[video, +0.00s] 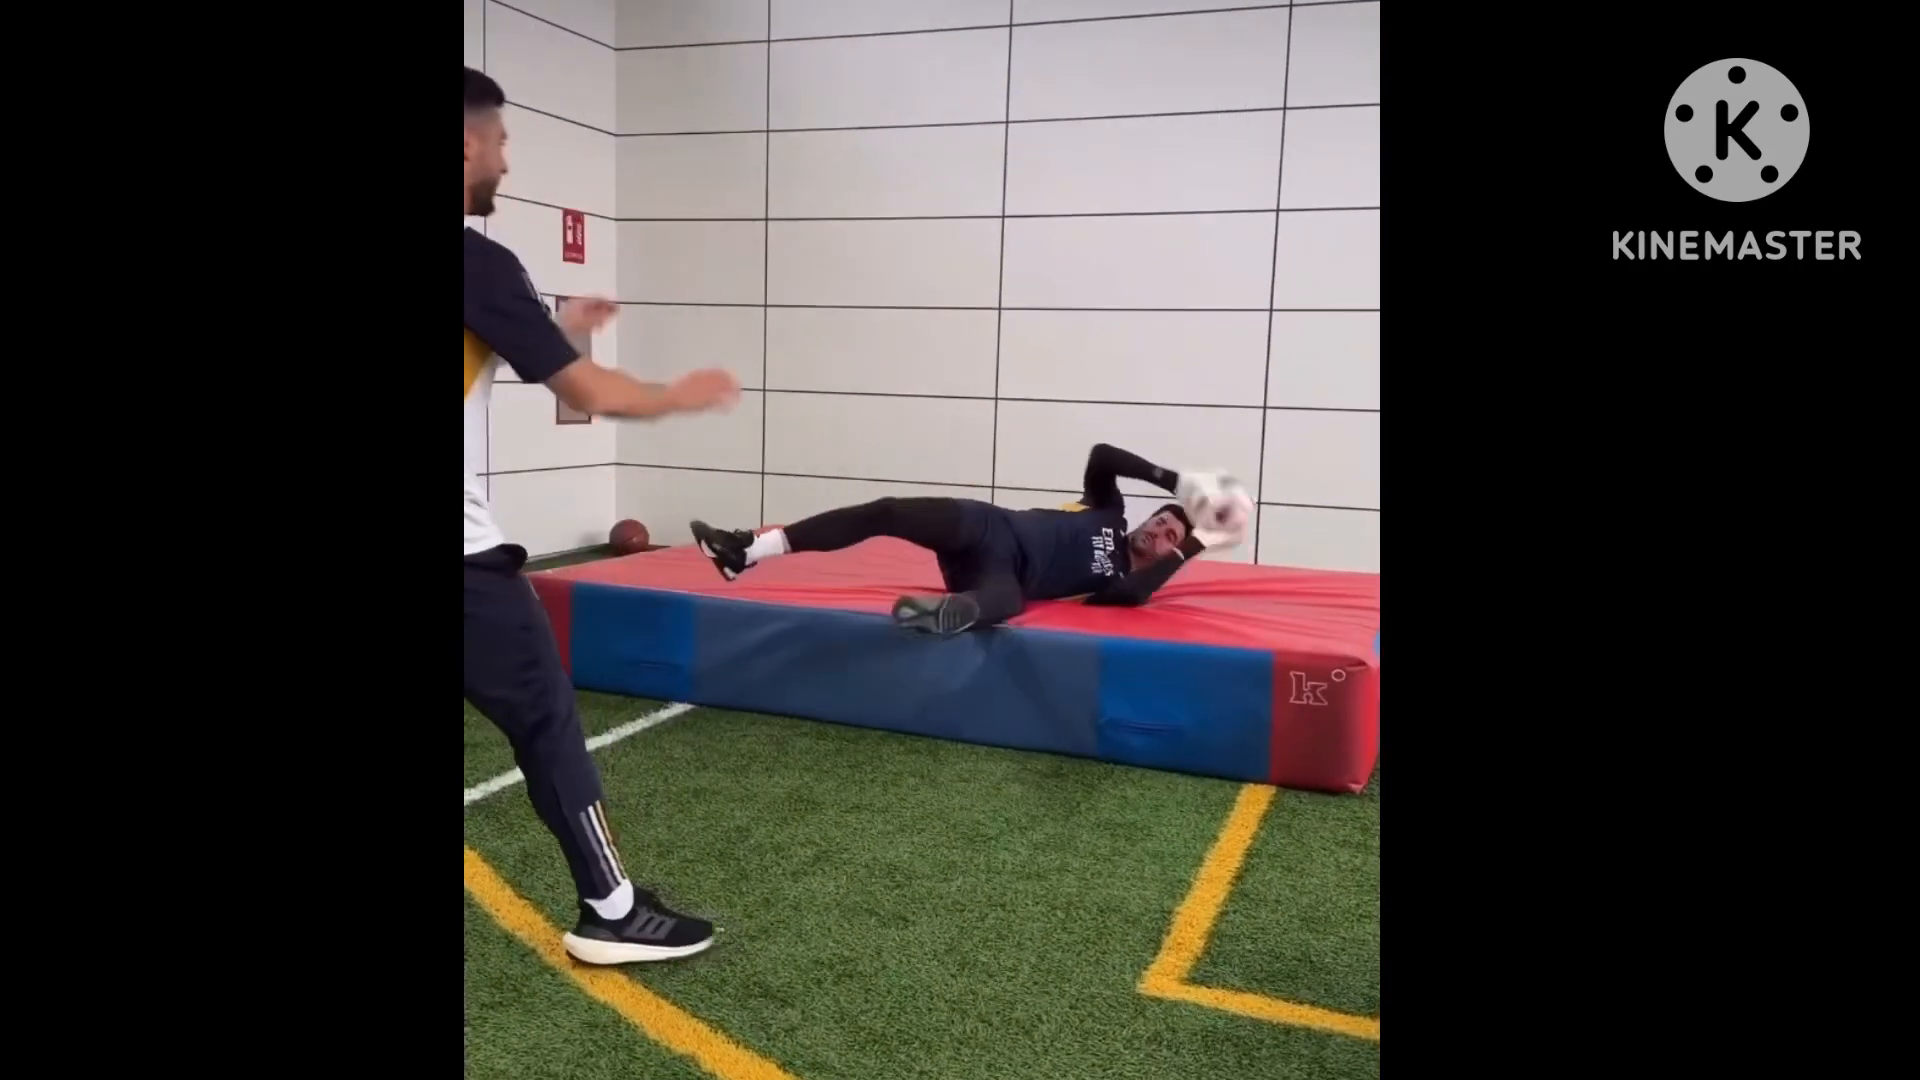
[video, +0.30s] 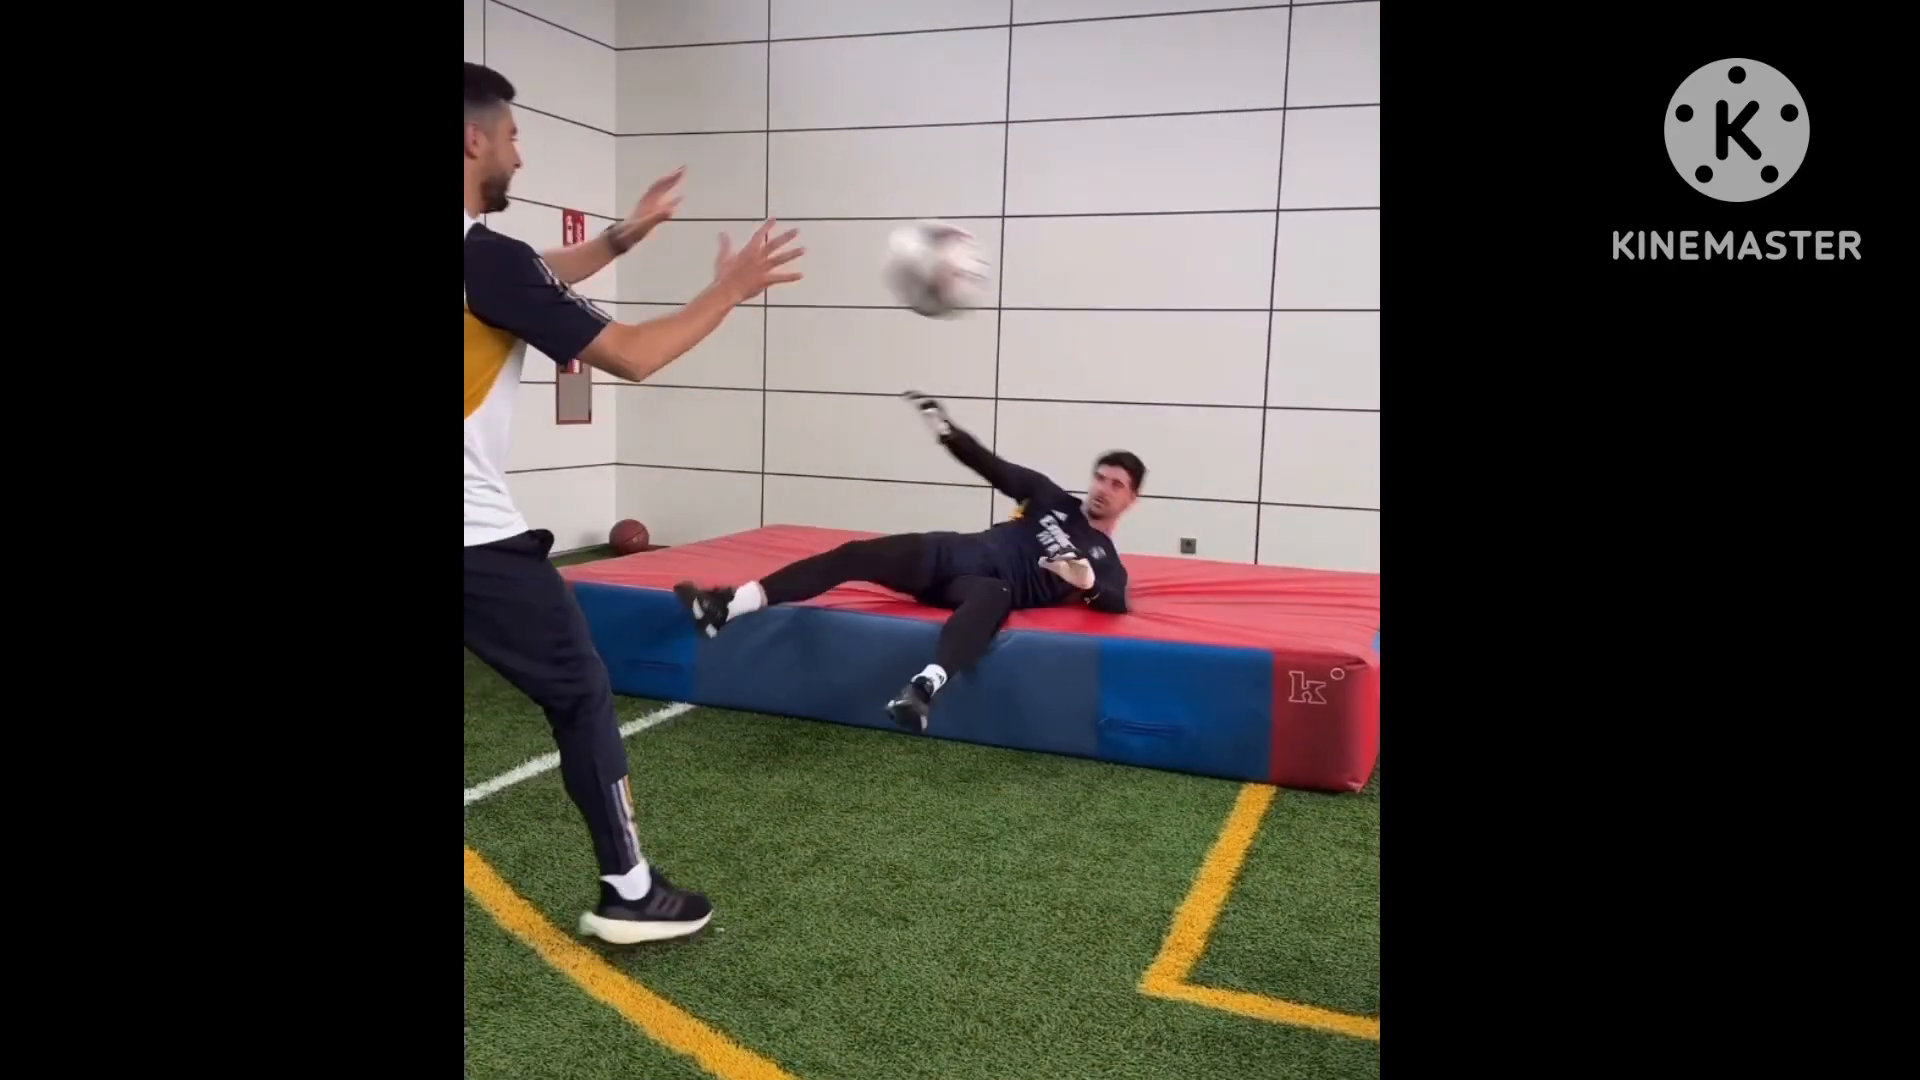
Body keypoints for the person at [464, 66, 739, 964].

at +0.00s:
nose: (505, 157)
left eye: (503, 138)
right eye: (496, 138)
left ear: (467, 145)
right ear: (464, 144)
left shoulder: (479, 258)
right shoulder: (481, 262)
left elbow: (486, 356)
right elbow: (588, 388)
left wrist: (557, 332)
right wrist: (674, 397)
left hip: (476, 541)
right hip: (472, 544)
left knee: (541, 706)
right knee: (542, 709)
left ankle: (608, 903)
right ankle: (610, 905)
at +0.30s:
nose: (517, 151)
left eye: (513, 133)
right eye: (509, 133)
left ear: (468, 141)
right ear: (474, 140)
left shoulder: (479, 244)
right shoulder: (489, 257)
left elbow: (543, 278)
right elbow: (631, 355)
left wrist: (621, 237)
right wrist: (729, 292)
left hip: (479, 523)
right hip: (475, 528)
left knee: (575, 683)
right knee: (577, 688)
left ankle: (626, 885)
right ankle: (629, 888)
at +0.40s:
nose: (559, 162)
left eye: (556, 143)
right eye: (552, 144)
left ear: (487, 147)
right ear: (515, 148)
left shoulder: (476, 227)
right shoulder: (505, 256)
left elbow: (579, 252)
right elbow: (648, 377)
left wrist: (694, 230)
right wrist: (744, 290)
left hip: (480, 526)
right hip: (483, 530)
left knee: (579, 693)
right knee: (581, 696)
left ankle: (657, 876)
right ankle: (659, 881)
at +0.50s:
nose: (622, 184)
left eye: (620, 166)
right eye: (617, 166)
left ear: (544, 164)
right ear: (583, 168)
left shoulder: (485, 225)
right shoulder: (553, 272)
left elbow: (636, 288)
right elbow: (669, 410)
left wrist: (719, 255)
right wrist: (750, 308)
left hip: (471, 519)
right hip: (509, 534)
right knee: (608, 700)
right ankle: (669, 889)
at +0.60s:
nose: (685, 208)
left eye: (686, 193)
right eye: (683, 193)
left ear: (610, 184)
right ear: (654, 189)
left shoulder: (539, 237)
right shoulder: (629, 291)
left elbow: (667, 308)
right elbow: (751, 406)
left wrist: (766, 274)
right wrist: (823, 313)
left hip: (472, 513)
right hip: (545, 537)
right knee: (638, 699)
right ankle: (675, 886)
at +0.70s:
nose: (731, 233)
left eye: (733, 217)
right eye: (730, 217)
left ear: (658, 200)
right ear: (704, 211)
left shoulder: (579, 244)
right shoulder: (678, 296)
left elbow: (695, 326)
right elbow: (820, 354)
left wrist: (799, 301)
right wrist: (915, 317)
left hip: (474, 502)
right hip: (557, 527)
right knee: (643, 697)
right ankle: (677, 885)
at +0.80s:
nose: (753, 251)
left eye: (757, 238)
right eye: (757, 236)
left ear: (680, 212)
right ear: (735, 228)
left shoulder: (594, 254)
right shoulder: (702, 302)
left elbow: (667, 356)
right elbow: (819, 349)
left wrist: (768, 364)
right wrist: (912, 359)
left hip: (474, 494)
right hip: (564, 526)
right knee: (646, 699)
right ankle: (677, 883)